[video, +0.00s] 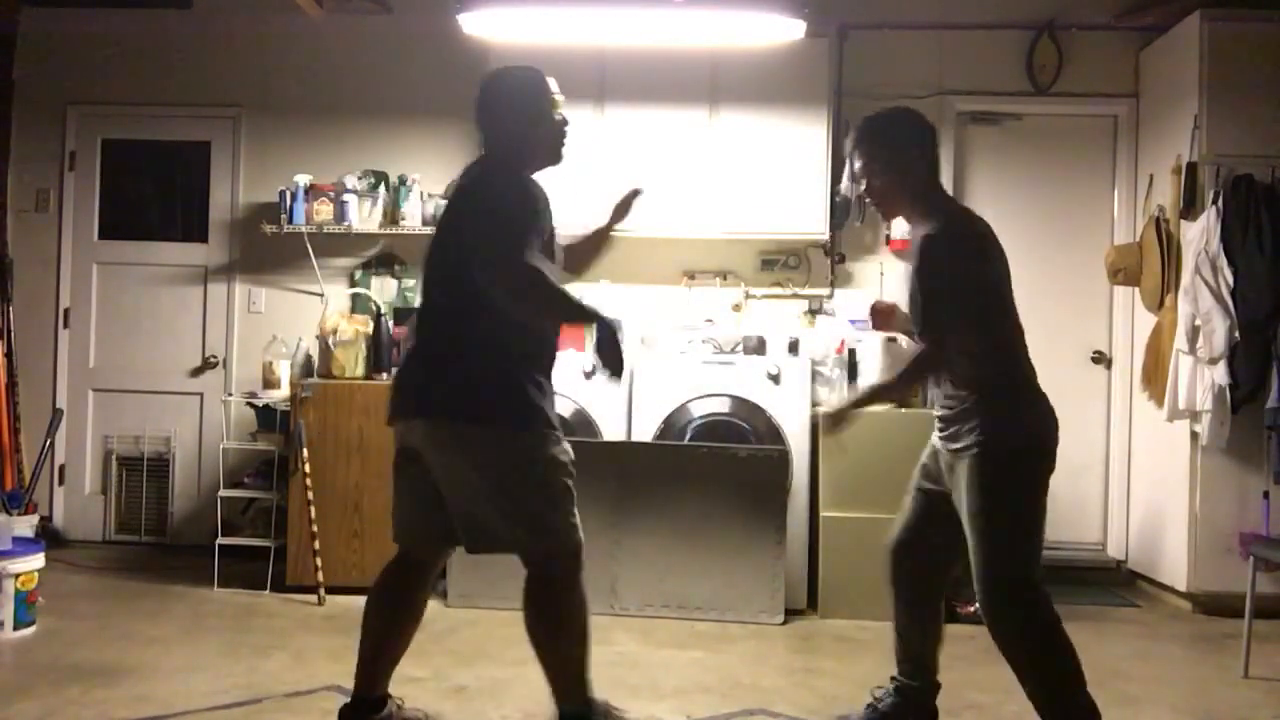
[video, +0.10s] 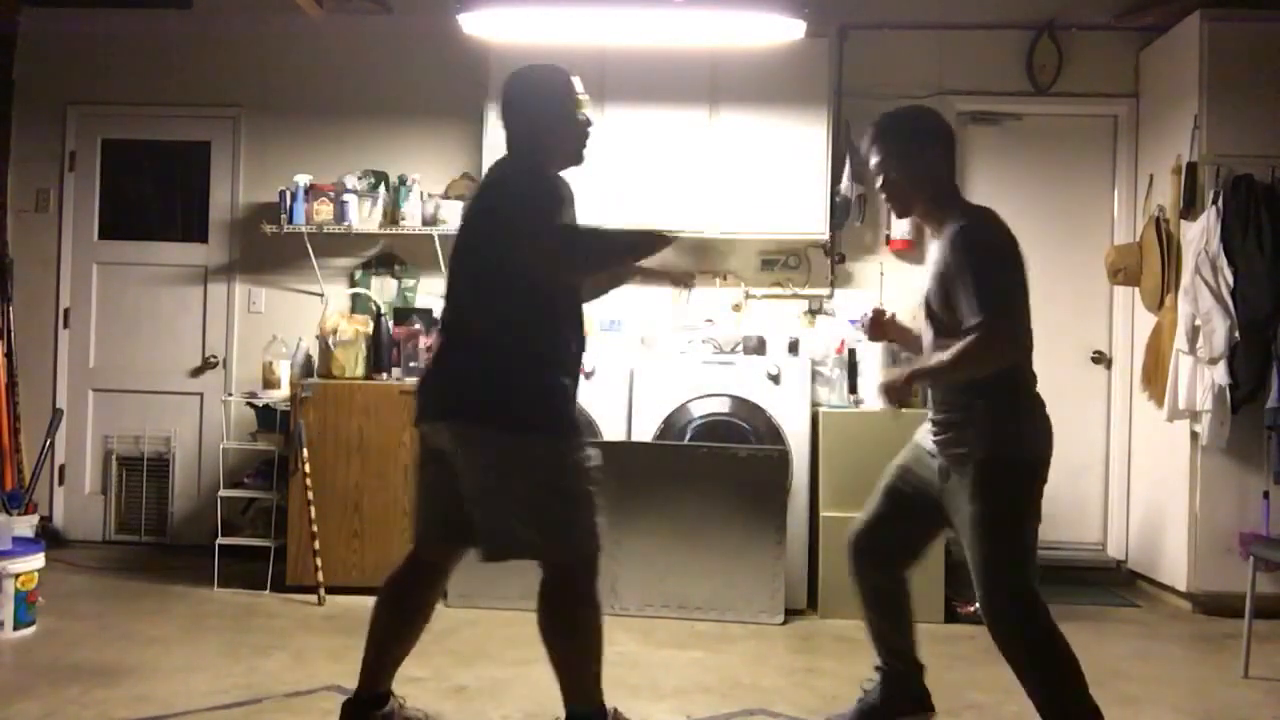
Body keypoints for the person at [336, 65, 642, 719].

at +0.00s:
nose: (567, 117)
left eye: (562, 106)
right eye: (554, 106)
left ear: (505, 123)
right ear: (518, 119)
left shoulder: (477, 187)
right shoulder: (512, 187)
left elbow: (559, 264)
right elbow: (505, 270)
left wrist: (610, 227)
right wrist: (595, 321)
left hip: (428, 401)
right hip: (496, 405)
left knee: (417, 556)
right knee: (555, 555)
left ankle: (367, 701)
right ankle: (576, 706)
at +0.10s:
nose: (589, 120)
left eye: (584, 108)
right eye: (576, 108)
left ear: (524, 122)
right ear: (543, 118)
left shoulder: (497, 188)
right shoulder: (536, 182)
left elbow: (553, 290)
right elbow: (553, 260)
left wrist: (625, 267)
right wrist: (647, 241)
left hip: (450, 402)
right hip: (520, 406)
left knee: (431, 555)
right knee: (571, 559)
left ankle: (368, 700)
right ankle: (587, 710)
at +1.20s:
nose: (505, 145)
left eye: (506, 132)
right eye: (497, 128)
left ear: (445, 124)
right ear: (454, 121)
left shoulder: (429, 186)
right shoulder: (429, 179)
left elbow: (462, 313)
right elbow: (426, 287)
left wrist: (531, 290)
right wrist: (501, 368)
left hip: (381, 405)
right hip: (428, 405)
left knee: (390, 554)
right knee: (514, 536)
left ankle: (345, 700)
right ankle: (473, 698)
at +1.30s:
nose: (517, 150)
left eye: (517, 135)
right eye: (510, 132)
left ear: (454, 123)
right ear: (475, 124)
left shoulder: (409, 179)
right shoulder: (452, 178)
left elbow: (481, 291)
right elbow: (438, 281)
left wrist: (542, 240)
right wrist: (499, 376)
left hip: (375, 404)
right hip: (441, 405)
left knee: (382, 552)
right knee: (513, 541)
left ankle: (344, 699)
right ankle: (509, 702)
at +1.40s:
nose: (531, 147)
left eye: (531, 134)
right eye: (524, 133)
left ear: (465, 127)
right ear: (496, 130)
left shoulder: (414, 183)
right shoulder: (482, 185)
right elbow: (481, 286)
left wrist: (531, 243)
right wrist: (528, 364)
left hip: (378, 401)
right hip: (458, 406)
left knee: (381, 556)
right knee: (510, 563)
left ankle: (344, 699)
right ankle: (535, 709)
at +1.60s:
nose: (576, 143)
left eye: (576, 129)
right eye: (571, 129)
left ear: (506, 124)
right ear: (547, 128)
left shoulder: (449, 188)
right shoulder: (548, 194)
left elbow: (465, 277)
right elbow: (620, 267)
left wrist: (547, 293)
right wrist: (679, 311)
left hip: (414, 404)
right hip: (503, 412)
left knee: (402, 555)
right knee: (544, 562)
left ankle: (348, 696)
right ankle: (545, 711)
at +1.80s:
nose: (604, 134)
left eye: (603, 121)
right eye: (601, 121)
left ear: (528, 117)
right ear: (583, 123)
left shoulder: (471, 182)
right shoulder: (596, 194)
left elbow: (466, 270)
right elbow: (673, 285)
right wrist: (670, 297)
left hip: (440, 397)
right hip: (536, 408)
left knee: (441, 549)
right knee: (557, 563)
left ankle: (403, 695)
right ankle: (547, 712)